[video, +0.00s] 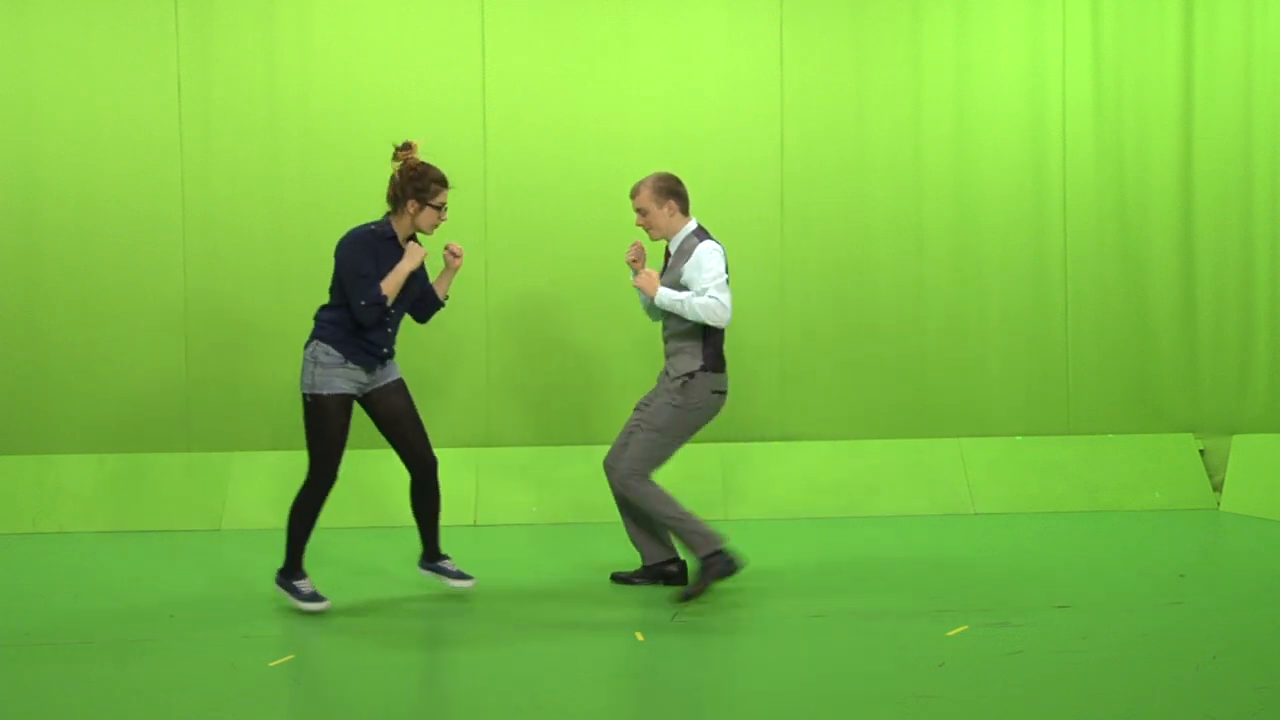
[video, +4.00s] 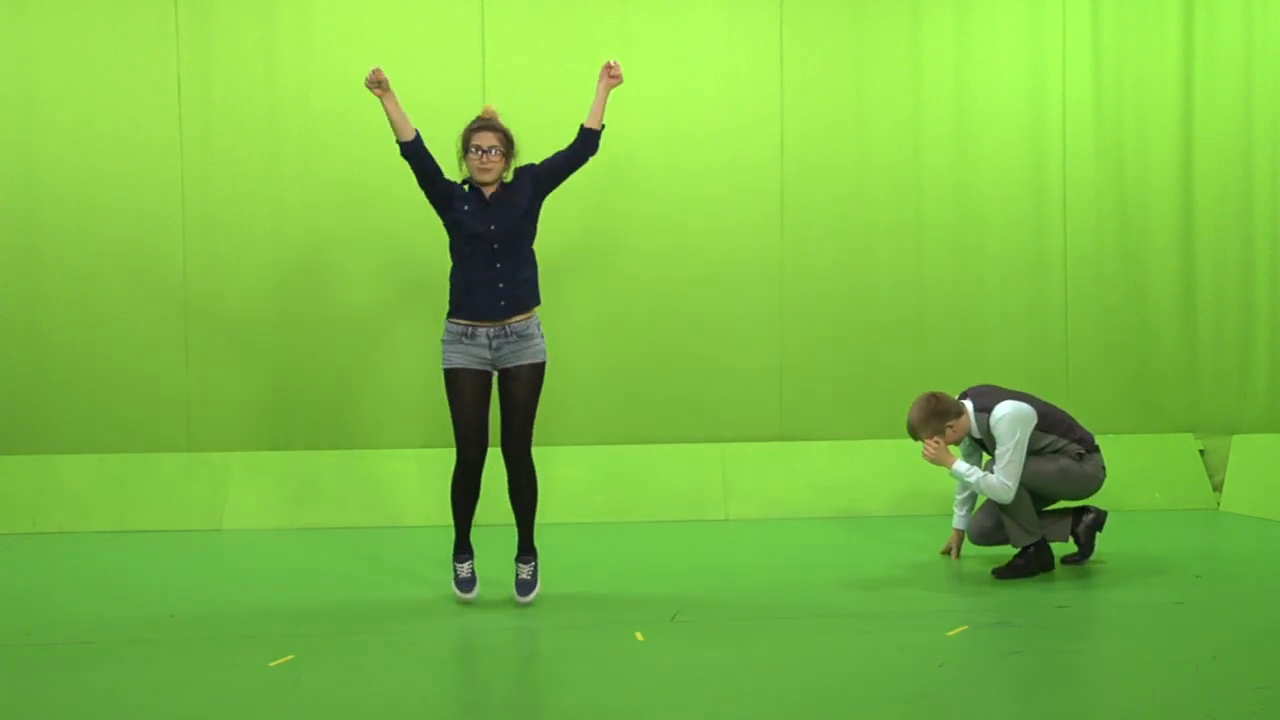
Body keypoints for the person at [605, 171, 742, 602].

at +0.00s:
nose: (641, 221)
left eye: (644, 212)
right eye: (637, 213)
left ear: (672, 208)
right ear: (669, 210)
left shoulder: (704, 249)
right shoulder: (676, 252)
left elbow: (719, 311)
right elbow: (658, 312)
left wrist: (658, 291)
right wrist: (639, 274)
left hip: (698, 383)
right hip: (676, 379)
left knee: (628, 470)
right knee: (617, 465)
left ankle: (714, 554)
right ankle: (661, 562)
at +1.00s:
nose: (678, 205)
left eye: (685, 197)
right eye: (678, 197)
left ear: (714, 202)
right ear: (708, 203)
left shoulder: (753, 249)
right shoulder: (708, 250)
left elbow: (724, 314)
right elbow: (692, 305)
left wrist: (685, 273)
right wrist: (670, 278)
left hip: (768, 378)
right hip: (731, 374)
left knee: (782, 489)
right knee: (675, 453)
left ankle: (863, 559)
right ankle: (685, 563)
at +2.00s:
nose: (736, 218)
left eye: (743, 209)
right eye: (735, 210)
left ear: (772, 210)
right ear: (765, 212)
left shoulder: (813, 255)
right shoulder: (761, 257)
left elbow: (798, 325)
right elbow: (741, 313)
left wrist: (755, 285)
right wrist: (722, 277)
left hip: (828, 380)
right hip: (788, 375)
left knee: (826, 490)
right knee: (728, 453)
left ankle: (911, 547)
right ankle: (736, 558)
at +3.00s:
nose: (929, 426)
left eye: (926, 421)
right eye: (923, 423)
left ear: (943, 405)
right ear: (944, 400)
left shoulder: (999, 393)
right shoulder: (964, 397)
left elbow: (992, 466)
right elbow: (969, 451)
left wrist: (941, 440)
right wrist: (965, 508)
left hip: (1082, 436)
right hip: (1061, 439)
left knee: (990, 466)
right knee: (995, 512)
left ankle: (1035, 547)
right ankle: (1095, 526)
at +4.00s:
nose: (938, 447)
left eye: (935, 442)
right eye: (931, 444)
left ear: (951, 428)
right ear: (951, 422)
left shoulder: (1007, 416)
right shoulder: (966, 412)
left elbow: (1004, 491)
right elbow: (968, 474)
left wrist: (951, 462)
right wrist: (959, 530)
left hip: (1083, 468)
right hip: (1050, 472)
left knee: (999, 470)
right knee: (981, 529)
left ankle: (1036, 551)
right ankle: (1077, 520)